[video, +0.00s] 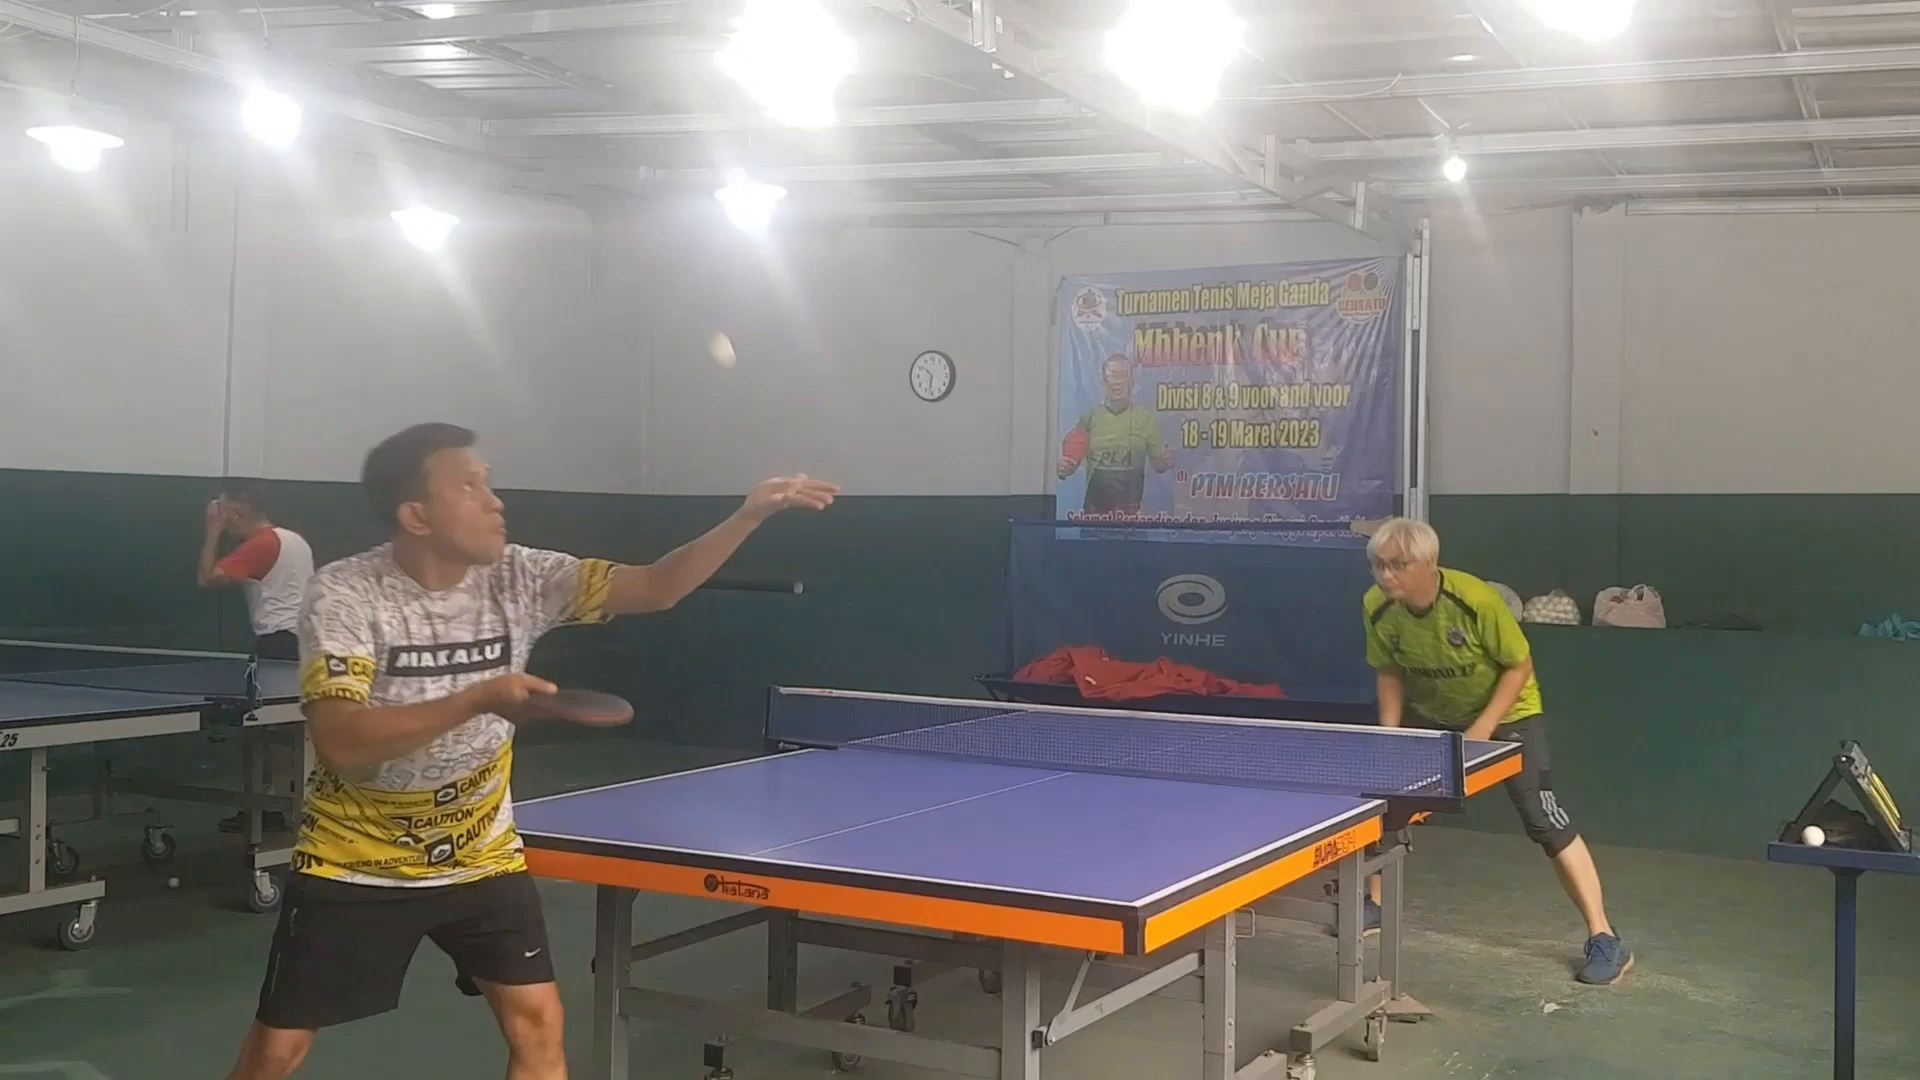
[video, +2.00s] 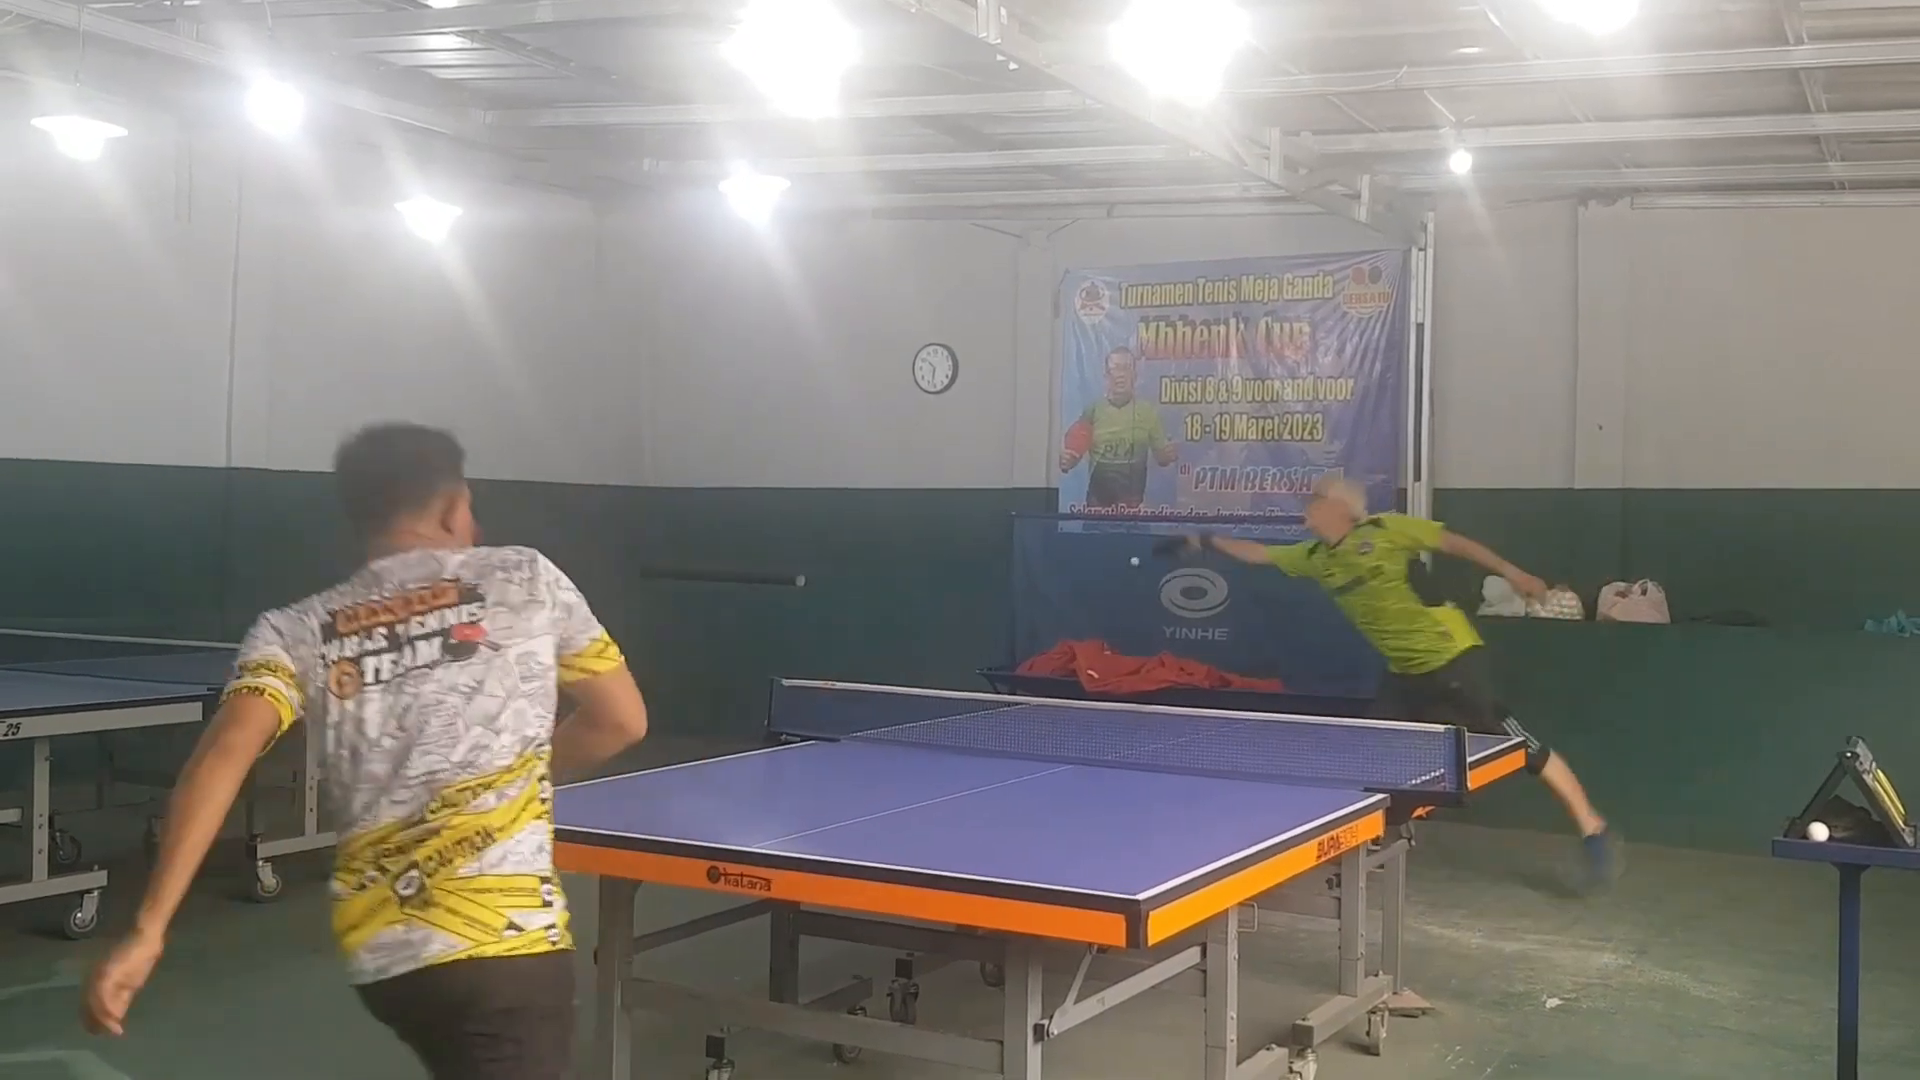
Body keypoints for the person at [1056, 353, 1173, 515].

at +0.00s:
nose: (1117, 382)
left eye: (1122, 376)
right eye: (1111, 376)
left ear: (1131, 380)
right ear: (1103, 380)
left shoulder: (1144, 418)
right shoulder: (1091, 418)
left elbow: (1157, 463)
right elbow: (1073, 453)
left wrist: (1165, 461)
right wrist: (1064, 468)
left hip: (1129, 504)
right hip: (1096, 505)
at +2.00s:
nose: (1120, 375)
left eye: (1126, 369)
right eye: (1114, 369)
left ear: (1134, 374)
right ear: (1106, 374)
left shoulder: (1147, 412)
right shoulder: (1094, 411)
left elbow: (1161, 456)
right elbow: (1077, 445)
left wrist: (1168, 454)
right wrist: (1066, 460)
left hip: (1132, 498)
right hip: (1098, 499)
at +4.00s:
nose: (1118, 377)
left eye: (1124, 370)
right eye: (1113, 370)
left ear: (1133, 375)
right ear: (1105, 376)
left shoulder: (1146, 413)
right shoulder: (1093, 412)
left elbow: (1161, 457)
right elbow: (1076, 446)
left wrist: (1167, 455)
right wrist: (1066, 462)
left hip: (1132, 498)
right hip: (1098, 499)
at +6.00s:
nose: (1116, 381)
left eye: (1122, 374)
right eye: (1110, 375)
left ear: (1131, 380)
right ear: (1103, 381)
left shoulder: (1145, 418)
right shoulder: (1091, 419)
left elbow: (1158, 463)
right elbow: (1074, 449)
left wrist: (1165, 460)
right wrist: (1065, 466)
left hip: (1129, 507)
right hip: (1095, 508)